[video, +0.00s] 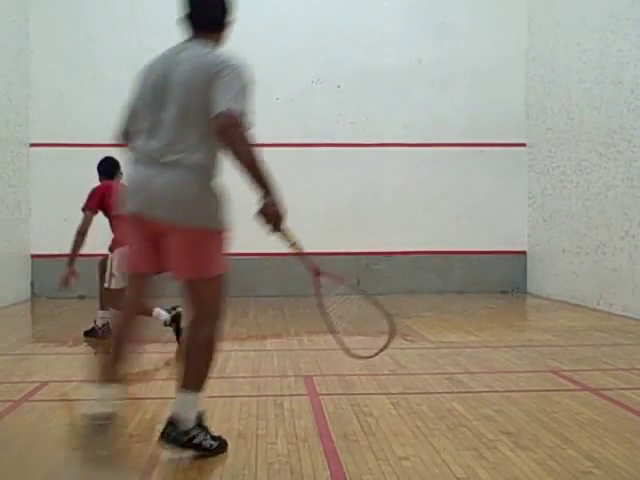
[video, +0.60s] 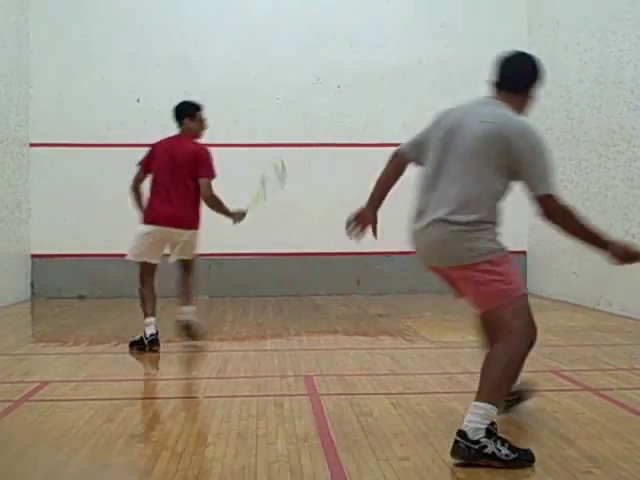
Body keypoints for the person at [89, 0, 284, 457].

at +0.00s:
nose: (224, 23)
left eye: (212, 16)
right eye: (225, 17)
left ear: (187, 20)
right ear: (224, 22)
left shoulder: (159, 64)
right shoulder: (224, 66)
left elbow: (127, 134)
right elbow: (228, 127)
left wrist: (181, 147)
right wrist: (268, 192)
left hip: (140, 199)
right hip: (192, 202)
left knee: (134, 300)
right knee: (205, 310)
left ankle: (102, 405)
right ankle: (184, 421)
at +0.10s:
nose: (272, 14)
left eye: (266, 9)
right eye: (273, 9)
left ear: (233, 11)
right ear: (269, 11)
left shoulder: (206, 53)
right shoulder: (267, 50)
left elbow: (179, 126)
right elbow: (263, 114)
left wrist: (225, 149)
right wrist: (303, 184)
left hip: (196, 188)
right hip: (243, 189)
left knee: (212, 292)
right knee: (270, 294)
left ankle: (200, 405)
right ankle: (230, 399)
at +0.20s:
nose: (316, 21)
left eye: (307, 15)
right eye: (316, 15)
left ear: (279, 20)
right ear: (314, 21)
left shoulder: (258, 63)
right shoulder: (309, 62)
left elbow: (233, 131)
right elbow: (303, 131)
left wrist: (276, 162)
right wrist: (351, 199)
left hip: (249, 206)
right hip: (291, 206)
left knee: (265, 306)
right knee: (348, 298)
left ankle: (230, 420)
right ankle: (335, 415)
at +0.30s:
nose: (371, 45)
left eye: (364, 36)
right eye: (371, 38)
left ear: (333, 38)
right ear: (367, 40)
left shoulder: (312, 84)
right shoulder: (360, 84)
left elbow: (300, 159)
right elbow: (361, 155)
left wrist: (335, 203)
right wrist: (416, 227)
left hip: (302, 225)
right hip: (346, 227)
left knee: (308, 322)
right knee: (414, 311)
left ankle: (244, 410)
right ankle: (450, 424)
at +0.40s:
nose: (428, 64)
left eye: (422, 55)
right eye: (429, 57)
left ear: (393, 55)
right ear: (427, 59)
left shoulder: (369, 102)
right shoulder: (421, 108)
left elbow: (349, 171)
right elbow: (442, 189)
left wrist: (390, 202)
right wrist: (493, 252)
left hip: (361, 238)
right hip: (404, 239)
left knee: (387, 328)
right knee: (478, 318)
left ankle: (313, 382)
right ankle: (473, 437)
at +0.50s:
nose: (488, 84)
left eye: (483, 75)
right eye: (489, 77)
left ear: (453, 72)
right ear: (486, 78)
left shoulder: (417, 111)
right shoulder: (477, 124)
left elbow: (377, 170)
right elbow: (506, 206)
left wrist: (376, 228)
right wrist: (560, 257)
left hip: (394, 239)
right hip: (437, 240)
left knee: (452, 306)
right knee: (508, 324)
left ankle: (415, 388)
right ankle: (475, 436)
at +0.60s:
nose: (533, 97)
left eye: (530, 88)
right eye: (533, 90)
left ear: (496, 81)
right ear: (529, 90)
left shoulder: (453, 116)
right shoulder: (518, 131)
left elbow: (400, 156)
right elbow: (550, 207)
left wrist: (371, 206)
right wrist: (609, 245)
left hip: (429, 238)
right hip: (469, 241)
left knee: (491, 306)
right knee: (519, 331)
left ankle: (500, 385)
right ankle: (474, 434)